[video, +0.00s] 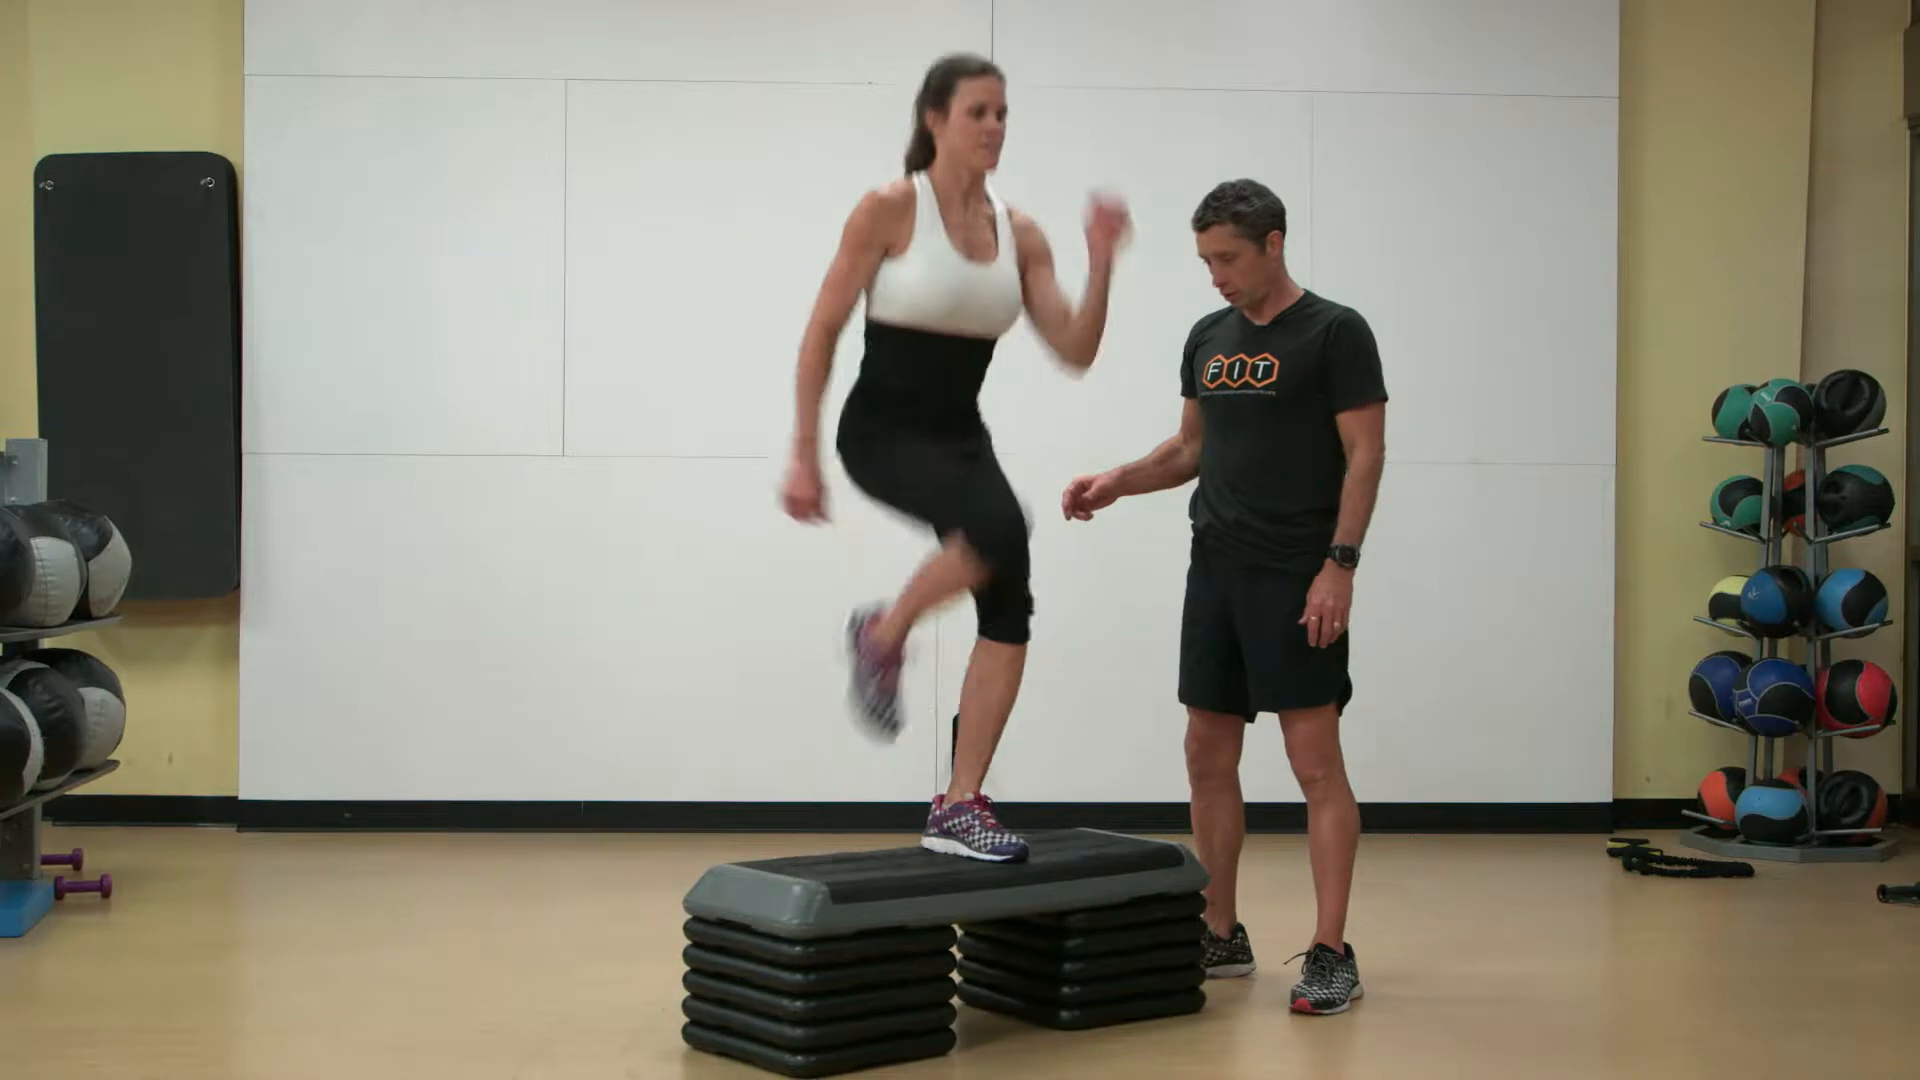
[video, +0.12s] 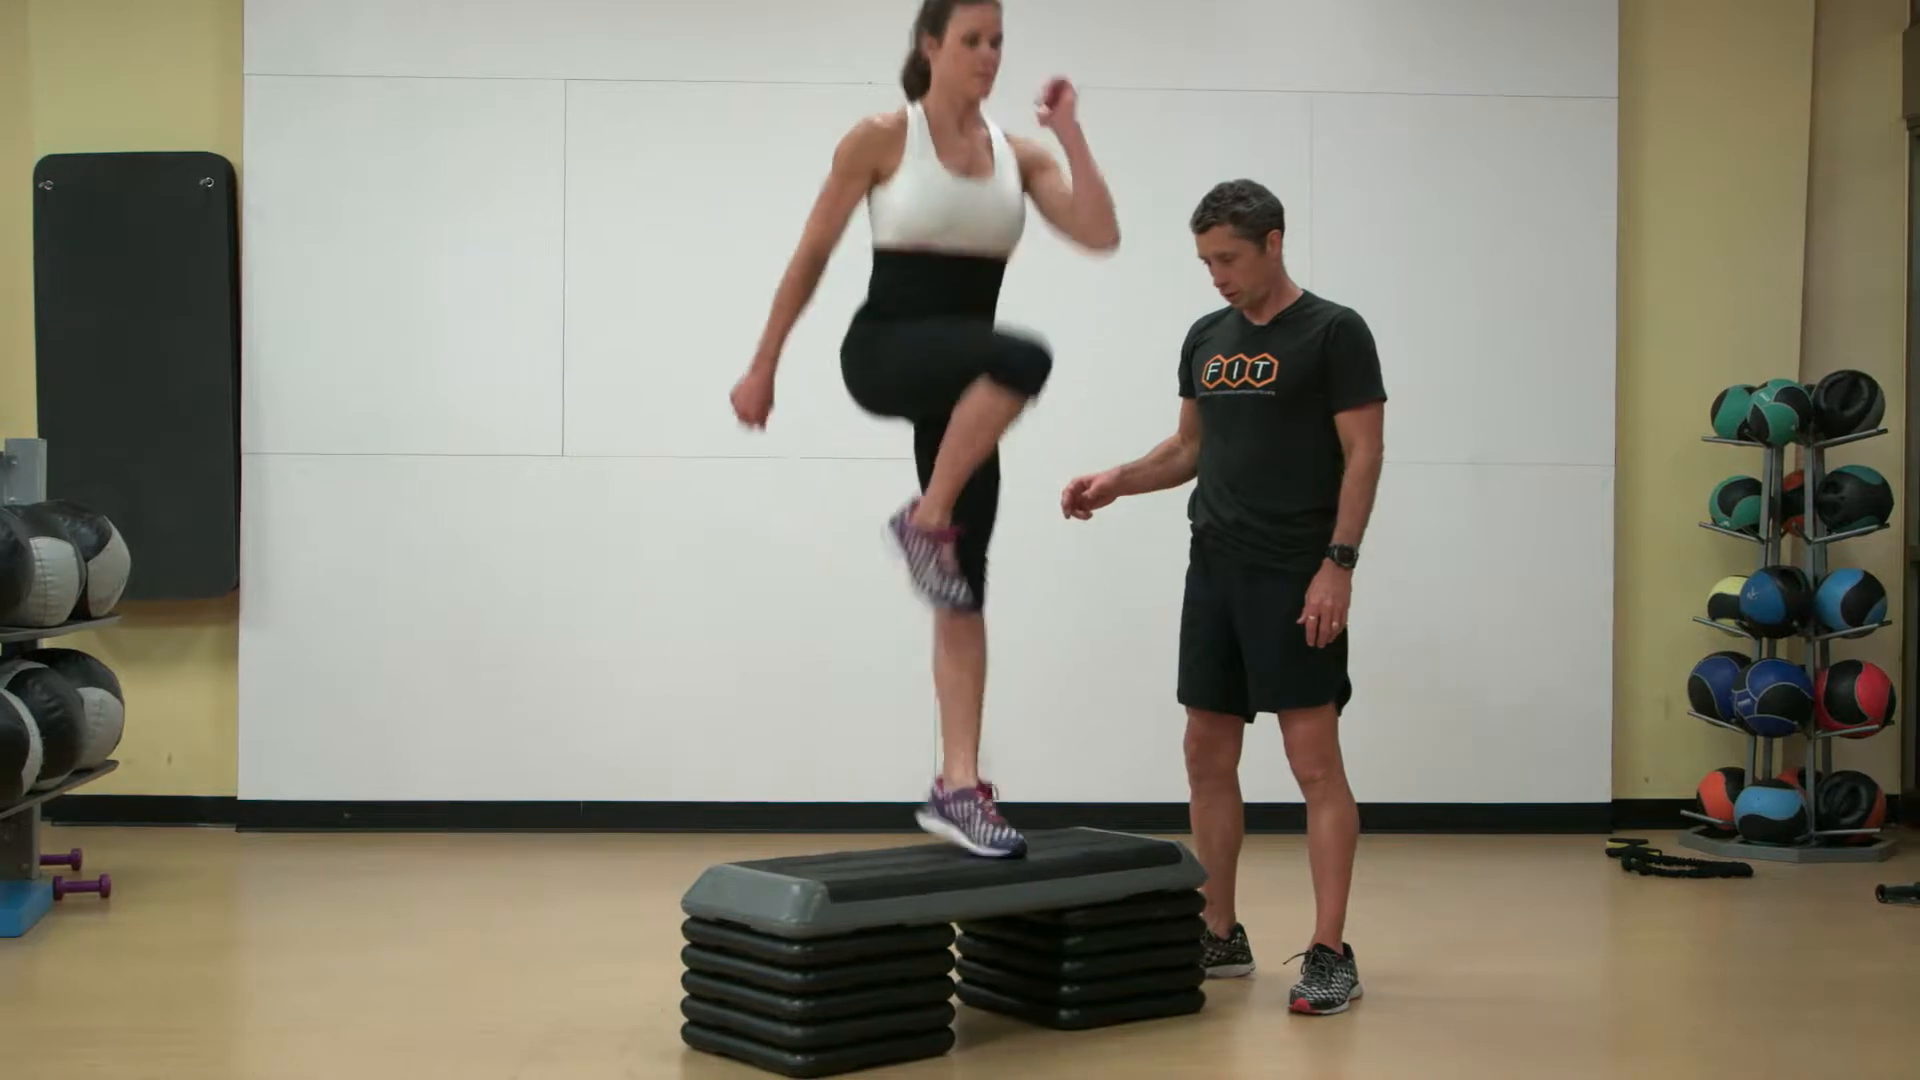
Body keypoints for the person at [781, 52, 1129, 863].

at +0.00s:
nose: (997, 127)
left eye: (1002, 113)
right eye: (981, 113)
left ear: (1004, 124)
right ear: (935, 120)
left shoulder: (1018, 233)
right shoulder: (889, 210)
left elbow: (1075, 349)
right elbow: (823, 329)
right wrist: (804, 452)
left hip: (962, 433)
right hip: (882, 428)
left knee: (1010, 611)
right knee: (995, 529)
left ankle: (960, 804)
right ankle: (882, 632)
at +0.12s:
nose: (990, 57)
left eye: (997, 42)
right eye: (975, 40)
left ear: (1000, 53)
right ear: (928, 47)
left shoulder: (1018, 152)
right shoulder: (880, 140)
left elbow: (1099, 234)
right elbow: (810, 256)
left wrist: (1069, 133)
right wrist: (761, 367)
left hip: (968, 358)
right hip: (887, 349)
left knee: (963, 574)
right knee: (1022, 360)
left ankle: (958, 786)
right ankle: (929, 521)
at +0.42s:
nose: (991, 77)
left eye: (997, 62)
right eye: (975, 62)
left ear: (1001, 73)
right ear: (930, 68)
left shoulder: (1020, 180)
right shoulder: (880, 164)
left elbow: (1095, 284)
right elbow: (813, 281)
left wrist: (1075, 179)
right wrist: (776, 398)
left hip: (960, 389)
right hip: (882, 375)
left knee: (965, 598)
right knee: (999, 441)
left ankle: (919, 798)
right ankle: (885, 566)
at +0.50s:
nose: (996, 97)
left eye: (1000, 83)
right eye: (980, 82)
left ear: (1002, 95)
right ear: (934, 89)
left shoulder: (1015, 205)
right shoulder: (889, 184)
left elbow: (1050, 338)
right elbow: (830, 307)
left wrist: (1083, 266)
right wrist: (804, 427)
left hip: (959, 414)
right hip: (881, 405)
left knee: (979, 601)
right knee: (959, 550)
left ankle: (918, 803)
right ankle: (850, 659)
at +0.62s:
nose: (999, 129)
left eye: (1004, 114)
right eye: (983, 114)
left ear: (1005, 125)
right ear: (937, 122)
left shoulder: (1008, 234)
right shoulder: (895, 212)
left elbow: (991, 366)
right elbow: (835, 342)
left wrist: (1049, 422)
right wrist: (876, 441)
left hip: (954, 443)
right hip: (876, 439)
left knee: (998, 619)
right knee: (873, 643)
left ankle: (920, 803)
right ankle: (804, 804)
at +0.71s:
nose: (996, 163)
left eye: (1002, 150)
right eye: (980, 149)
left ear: (1004, 161)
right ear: (934, 156)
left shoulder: (1002, 266)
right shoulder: (889, 247)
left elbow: (973, 394)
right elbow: (838, 377)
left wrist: (1009, 489)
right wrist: (918, 420)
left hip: (951, 478)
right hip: (868, 474)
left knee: (1005, 628)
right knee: (842, 667)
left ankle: (919, 804)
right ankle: (798, 850)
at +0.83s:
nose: (979, 238)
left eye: (986, 224)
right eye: (964, 223)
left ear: (991, 232)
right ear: (918, 228)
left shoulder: (988, 335)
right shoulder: (873, 316)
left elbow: (963, 457)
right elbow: (836, 449)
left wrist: (958, 575)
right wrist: (927, 402)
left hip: (931, 531)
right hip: (851, 530)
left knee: (1005, 635)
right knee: (825, 727)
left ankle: (918, 807)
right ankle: (799, 902)